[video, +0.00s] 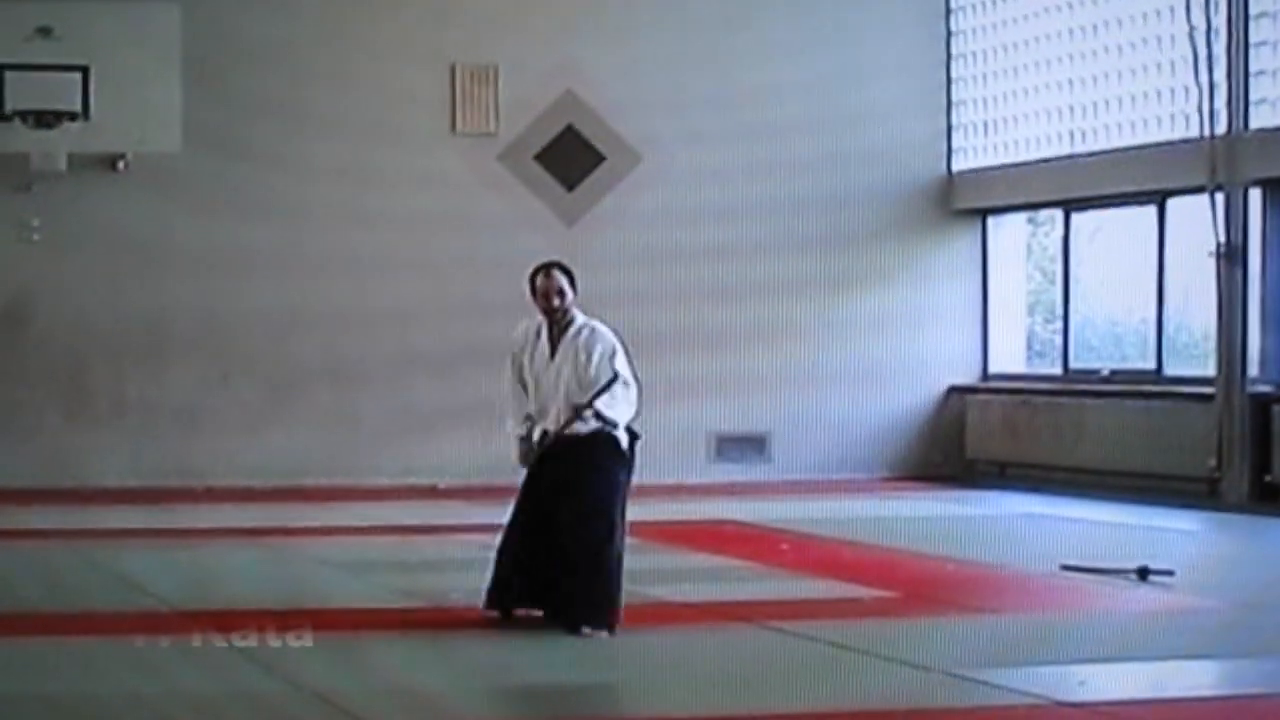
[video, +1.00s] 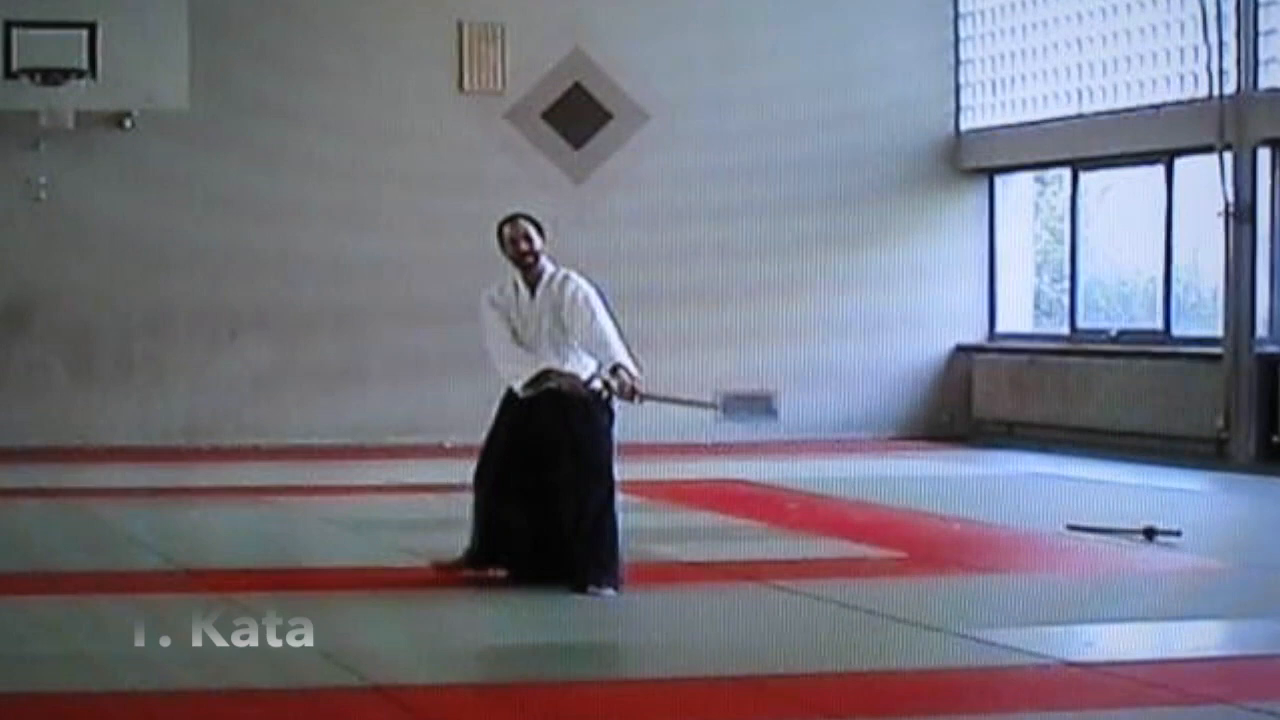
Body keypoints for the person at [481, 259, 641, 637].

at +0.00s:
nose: (553, 302)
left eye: (559, 293)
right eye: (545, 295)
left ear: (572, 294)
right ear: (535, 300)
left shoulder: (596, 337)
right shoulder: (525, 342)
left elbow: (622, 393)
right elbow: (519, 397)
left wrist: (585, 421)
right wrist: (524, 436)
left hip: (597, 442)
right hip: (551, 443)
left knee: (594, 526)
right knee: (533, 520)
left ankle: (596, 615)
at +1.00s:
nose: (522, 247)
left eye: (527, 238)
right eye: (513, 242)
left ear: (542, 242)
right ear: (505, 252)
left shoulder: (571, 288)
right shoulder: (496, 299)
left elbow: (599, 329)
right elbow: (504, 353)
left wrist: (619, 368)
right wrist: (546, 375)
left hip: (579, 394)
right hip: (525, 397)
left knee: (587, 481)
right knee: (492, 473)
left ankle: (599, 572)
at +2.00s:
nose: (453, 247)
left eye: (459, 238)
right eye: (445, 241)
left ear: (473, 239)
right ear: (437, 249)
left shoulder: (504, 278)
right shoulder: (438, 277)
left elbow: (506, 314)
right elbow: (408, 251)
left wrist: (488, 270)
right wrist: (397, 217)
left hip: (512, 389)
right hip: (466, 389)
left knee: (502, 482)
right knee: (435, 478)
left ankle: (505, 558)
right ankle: (430, 560)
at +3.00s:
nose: (610, 230)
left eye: (617, 222)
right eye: (602, 223)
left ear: (630, 226)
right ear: (590, 229)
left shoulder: (649, 275)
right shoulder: (572, 273)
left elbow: (655, 327)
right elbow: (569, 321)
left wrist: (635, 355)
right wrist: (597, 353)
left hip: (635, 377)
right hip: (588, 376)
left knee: (632, 467)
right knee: (586, 464)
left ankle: (640, 554)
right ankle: (588, 549)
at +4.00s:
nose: (534, 235)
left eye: (539, 226)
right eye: (525, 230)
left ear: (554, 227)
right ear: (517, 238)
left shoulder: (577, 276)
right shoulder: (513, 283)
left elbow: (591, 339)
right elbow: (485, 319)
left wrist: (556, 360)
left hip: (571, 387)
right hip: (525, 387)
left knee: (594, 464)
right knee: (484, 456)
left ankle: (627, 553)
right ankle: (492, 552)